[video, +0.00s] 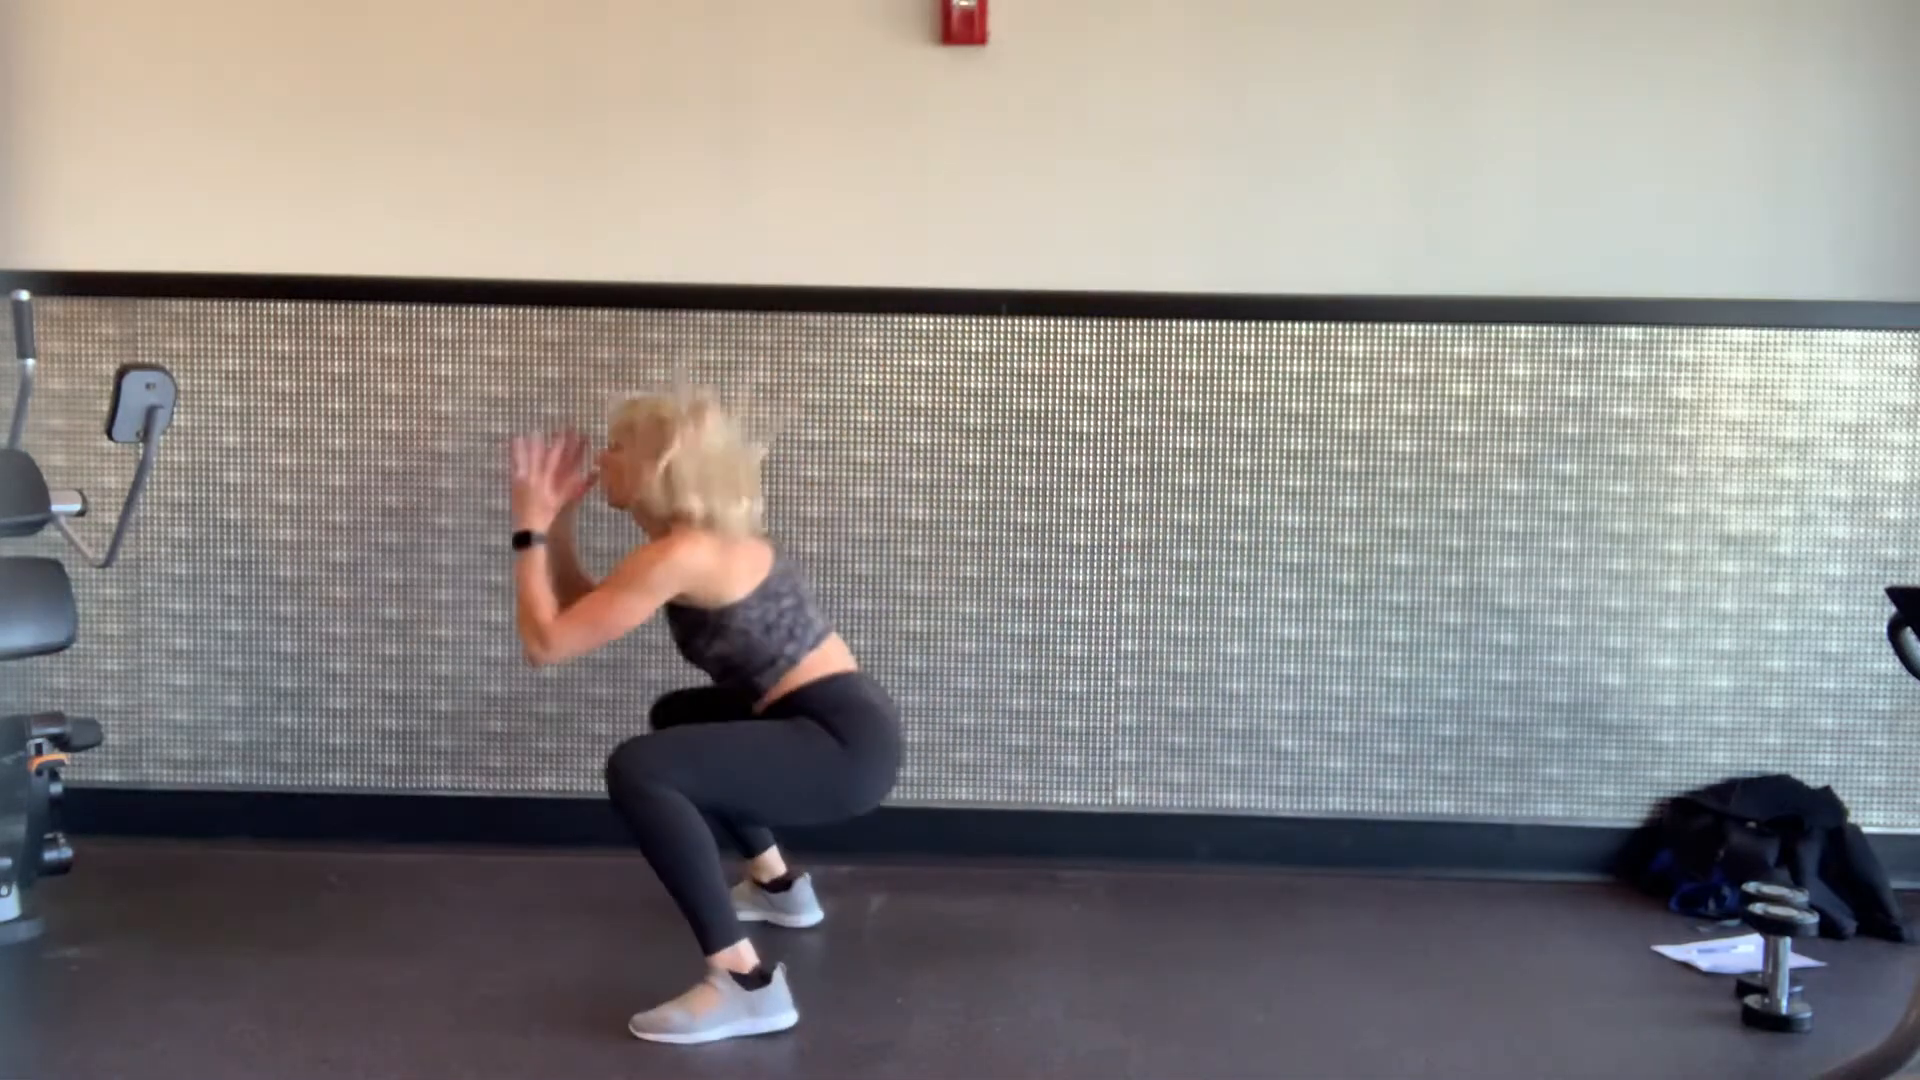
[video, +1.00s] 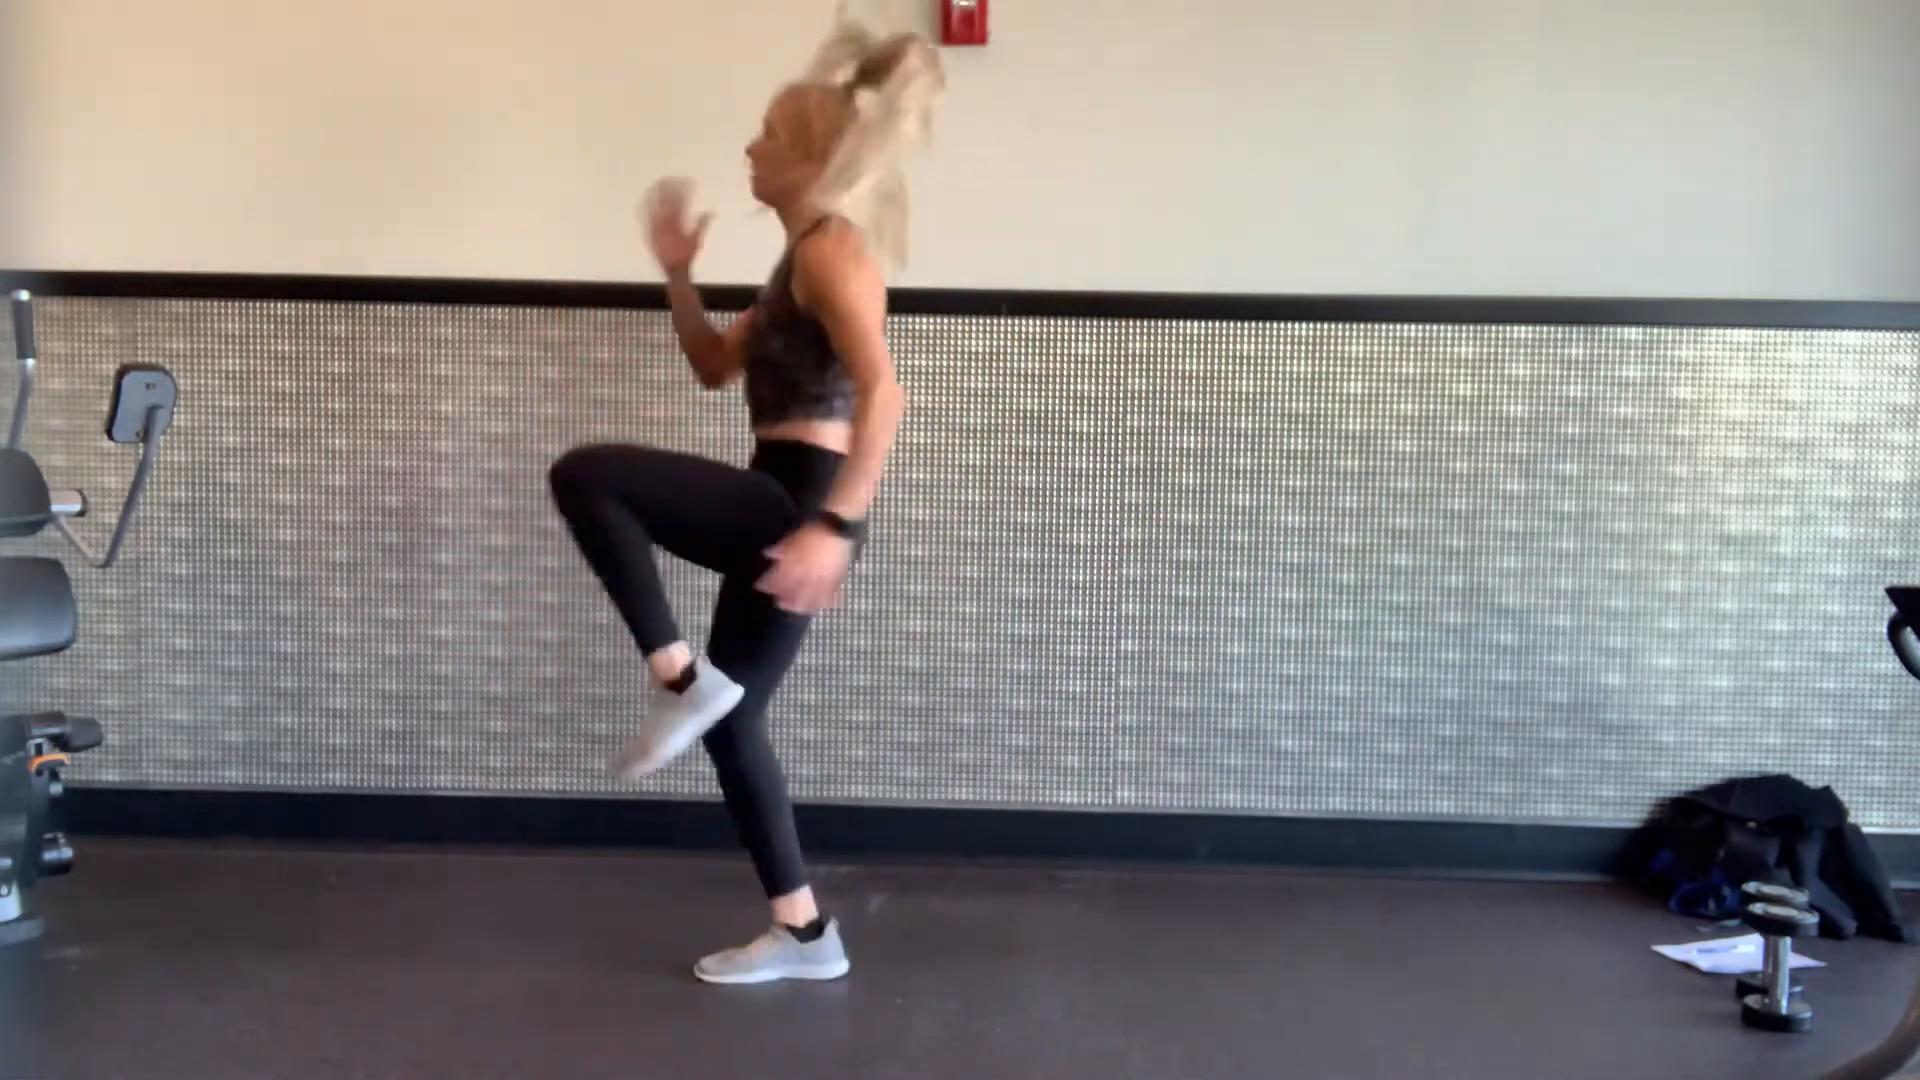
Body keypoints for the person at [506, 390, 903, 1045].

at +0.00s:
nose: (606, 454)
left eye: (621, 445)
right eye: (614, 441)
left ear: (656, 469)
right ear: (682, 469)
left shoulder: (685, 552)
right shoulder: (709, 536)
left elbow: (545, 643)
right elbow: (575, 613)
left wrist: (528, 529)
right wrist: (556, 523)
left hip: (842, 750)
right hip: (839, 723)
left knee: (640, 771)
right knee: (676, 716)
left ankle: (744, 981)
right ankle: (777, 881)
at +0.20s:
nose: (557, 407)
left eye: (571, 395)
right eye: (563, 393)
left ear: (615, 412)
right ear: (633, 411)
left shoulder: (653, 490)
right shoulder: (674, 476)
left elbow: (579, 645)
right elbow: (586, 604)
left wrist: (483, 590)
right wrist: (515, 555)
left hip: (838, 668)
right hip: (820, 650)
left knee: (643, 761)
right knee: (678, 704)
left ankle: (744, 976)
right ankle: (778, 874)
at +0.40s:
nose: (558, 309)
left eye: (571, 295)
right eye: (564, 293)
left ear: (614, 312)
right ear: (642, 311)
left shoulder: (653, 404)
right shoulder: (691, 382)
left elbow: (669, 571)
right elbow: (695, 550)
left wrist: (596, 645)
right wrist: (613, 618)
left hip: (808, 609)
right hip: (816, 596)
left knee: (636, 763)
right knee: (699, 716)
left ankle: (742, 973)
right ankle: (776, 875)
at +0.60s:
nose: (626, 197)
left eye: (639, 184)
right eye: (633, 181)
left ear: (671, 201)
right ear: (719, 201)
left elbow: (587, 440)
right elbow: (851, 406)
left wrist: (531, 362)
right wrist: (840, 500)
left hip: (774, 557)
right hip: (787, 545)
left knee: (636, 760)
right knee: (634, 646)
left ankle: (744, 978)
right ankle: (740, 805)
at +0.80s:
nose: (714, 78)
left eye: (729, 61)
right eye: (721, 59)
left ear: (771, 74)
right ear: (800, 78)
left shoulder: (768, 185)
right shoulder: (826, 189)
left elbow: (708, 316)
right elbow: (857, 331)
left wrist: (608, 278)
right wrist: (760, 409)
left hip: (766, 446)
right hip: (790, 444)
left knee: (651, 654)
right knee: (672, 642)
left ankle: (715, 891)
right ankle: (768, 816)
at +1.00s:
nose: (753, 145)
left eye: (770, 133)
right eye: (762, 130)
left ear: (815, 156)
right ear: (815, 159)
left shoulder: (832, 253)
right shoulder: (806, 255)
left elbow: (883, 396)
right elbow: (714, 364)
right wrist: (678, 275)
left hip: (792, 499)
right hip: (797, 503)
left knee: (586, 476)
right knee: (728, 711)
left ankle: (680, 677)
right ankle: (801, 927)